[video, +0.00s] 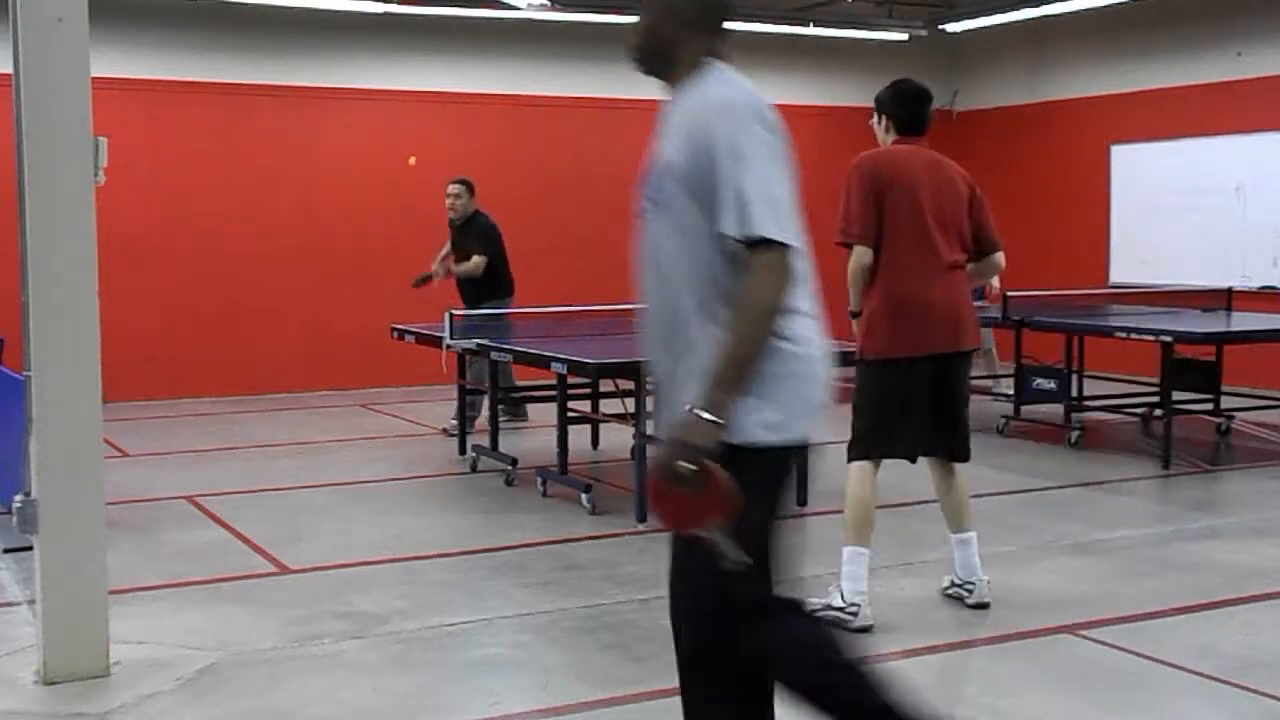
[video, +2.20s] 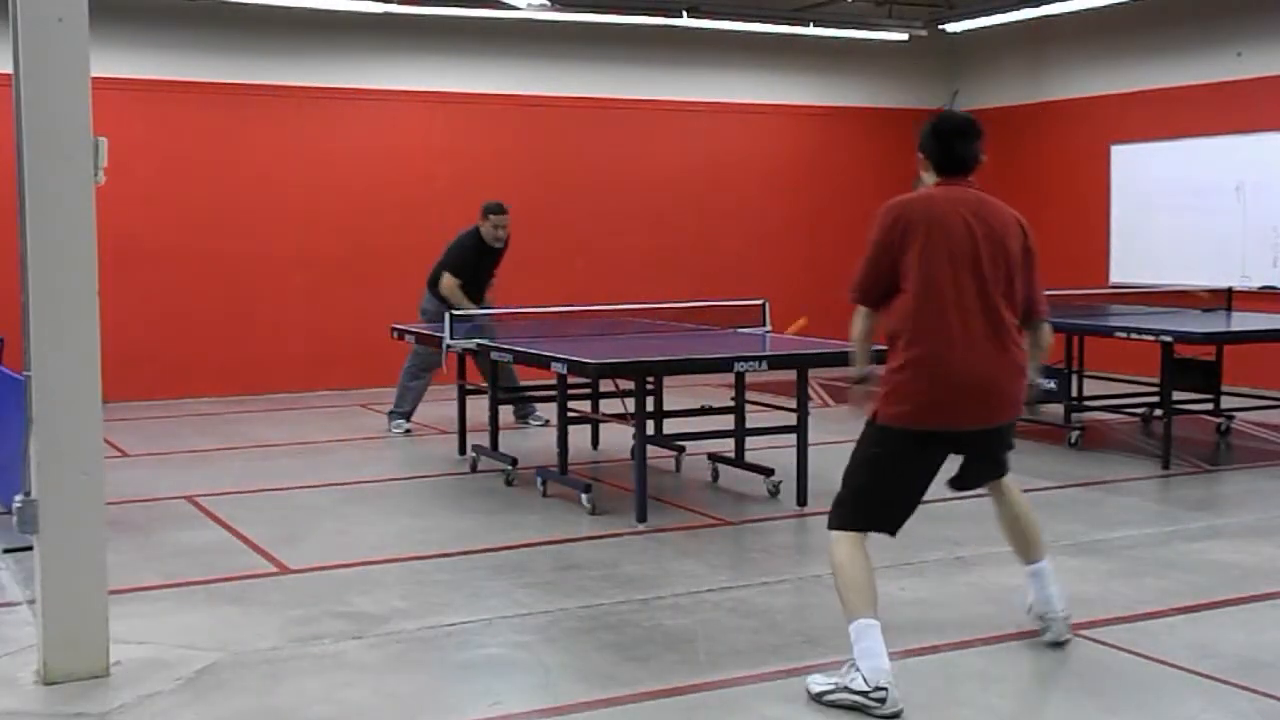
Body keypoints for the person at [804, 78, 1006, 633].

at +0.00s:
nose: (872, 126)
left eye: (874, 119)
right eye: (875, 118)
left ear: (883, 122)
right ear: (926, 122)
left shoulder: (870, 167)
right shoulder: (956, 173)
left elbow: (862, 255)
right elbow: (992, 259)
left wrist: (854, 311)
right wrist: (945, 283)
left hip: (890, 334)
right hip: (953, 334)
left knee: (863, 459)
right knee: (945, 455)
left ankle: (851, 595)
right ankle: (970, 577)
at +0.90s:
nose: (844, 152)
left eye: (844, 141)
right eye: (843, 142)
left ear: (862, 137)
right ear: (891, 136)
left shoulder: (891, 180)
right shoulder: (924, 179)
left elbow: (911, 268)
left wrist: (834, 329)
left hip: (896, 354)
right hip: (947, 351)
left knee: (840, 465)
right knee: (925, 460)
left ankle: (850, 598)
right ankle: (970, 578)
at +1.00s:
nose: (849, 152)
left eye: (849, 141)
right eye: (846, 142)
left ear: (867, 134)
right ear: (885, 132)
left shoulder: (912, 172)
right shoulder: (900, 183)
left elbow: (943, 259)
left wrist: (877, 329)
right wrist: (804, 315)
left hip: (911, 351)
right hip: (951, 349)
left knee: (850, 461)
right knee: (923, 460)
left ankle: (850, 599)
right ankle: (972, 579)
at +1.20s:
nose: (860, 145)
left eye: (860, 134)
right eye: (858, 135)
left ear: (879, 130)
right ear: (895, 128)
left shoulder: (938, 171)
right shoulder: (902, 186)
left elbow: (986, 255)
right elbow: (871, 241)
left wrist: (957, 334)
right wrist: (820, 229)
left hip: (926, 347)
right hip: (946, 346)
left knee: (862, 455)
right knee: (933, 460)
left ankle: (857, 597)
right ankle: (981, 576)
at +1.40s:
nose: (869, 148)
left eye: (870, 137)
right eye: (869, 137)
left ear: (885, 139)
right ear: (917, 135)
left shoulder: (934, 186)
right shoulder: (933, 181)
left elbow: (968, 276)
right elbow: (942, 255)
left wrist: (935, 371)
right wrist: (896, 234)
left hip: (927, 362)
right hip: (957, 358)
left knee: (865, 479)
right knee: (933, 465)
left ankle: (906, 612)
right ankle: (981, 574)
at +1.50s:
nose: (870, 140)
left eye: (871, 131)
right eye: (873, 130)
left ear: (885, 135)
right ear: (926, 134)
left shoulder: (916, 183)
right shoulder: (955, 181)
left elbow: (934, 279)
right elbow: (983, 262)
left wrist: (888, 373)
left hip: (926, 371)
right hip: (969, 366)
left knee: (873, 496)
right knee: (947, 464)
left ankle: (930, 634)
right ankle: (979, 575)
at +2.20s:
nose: (914, 164)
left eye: (916, 156)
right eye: (923, 155)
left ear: (924, 161)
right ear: (977, 161)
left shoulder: (904, 214)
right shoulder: (1010, 222)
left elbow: (868, 303)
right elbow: (1037, 325)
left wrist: (860, 366)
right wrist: (1029, 380)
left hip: (917, 395)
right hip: (997, 393)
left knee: (847, 526)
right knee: (1001, 481)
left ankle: (870, 671)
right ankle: (1051, 608)